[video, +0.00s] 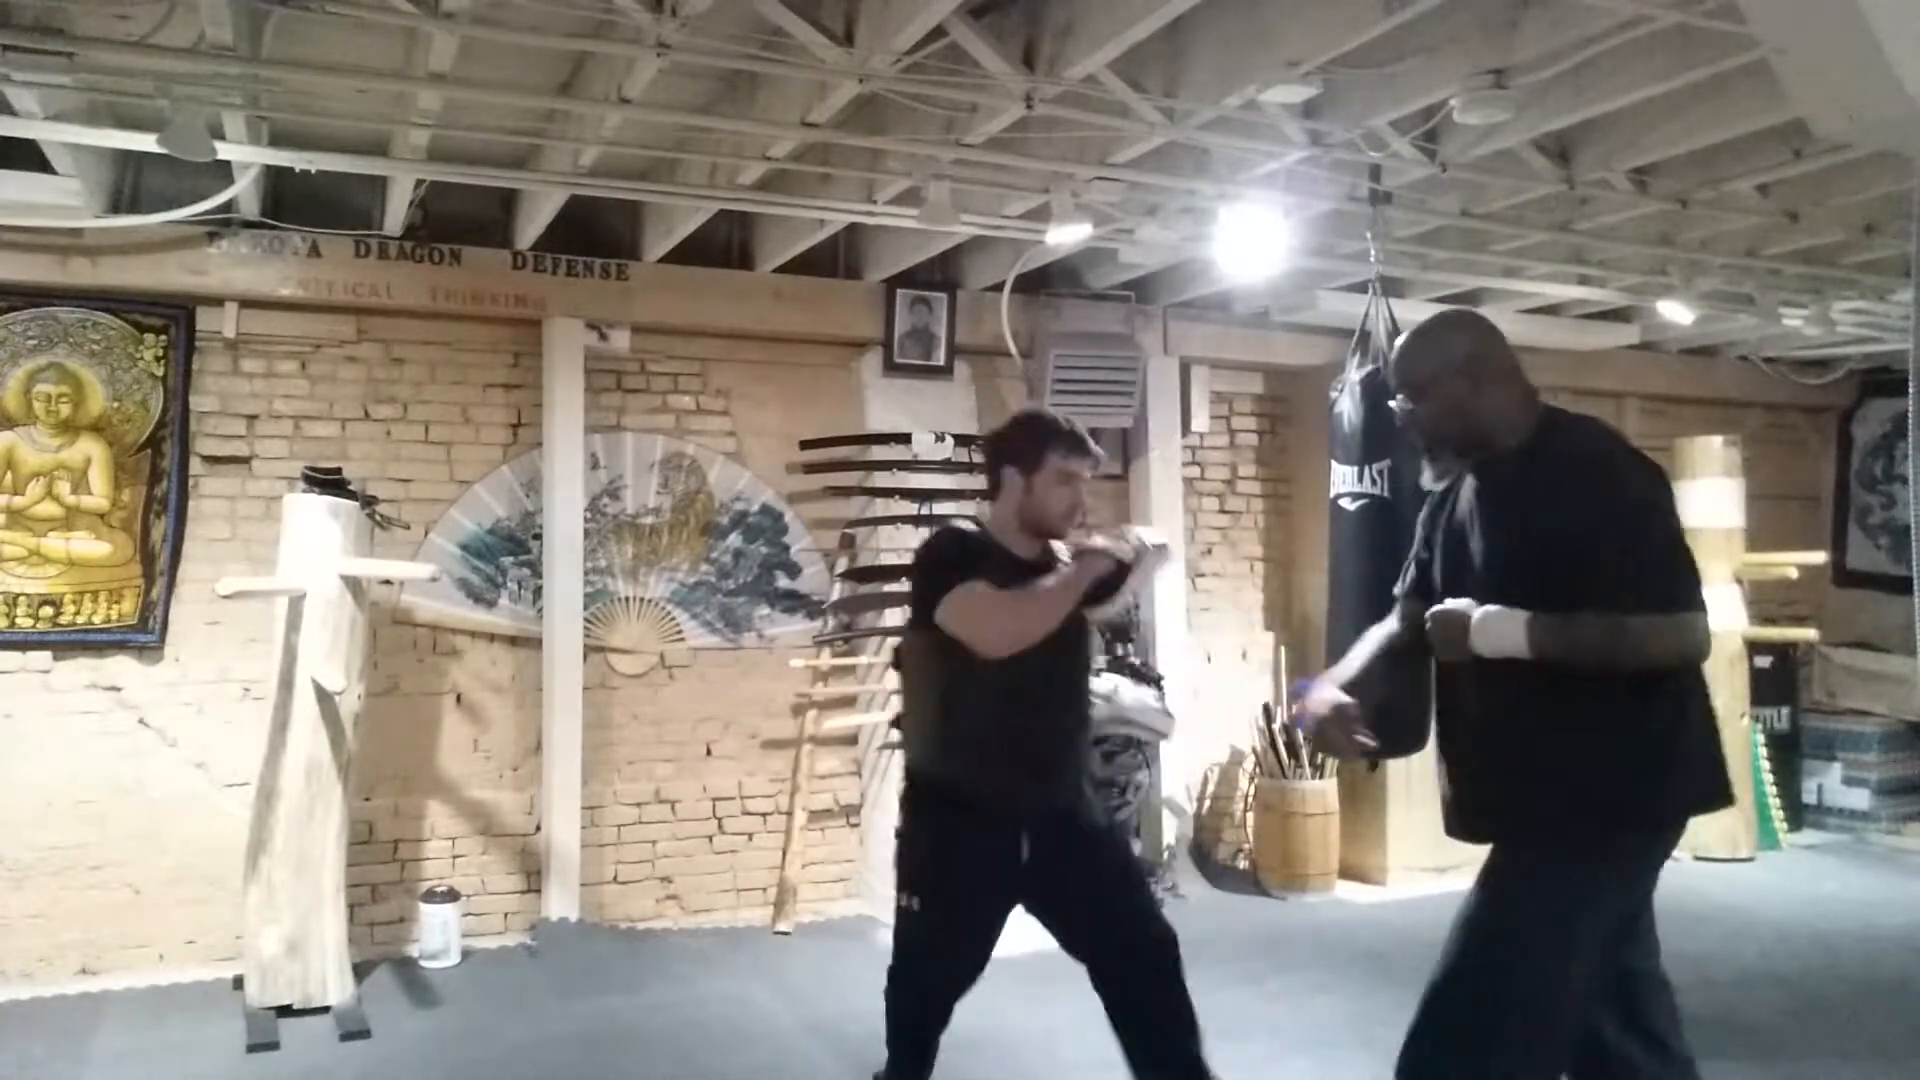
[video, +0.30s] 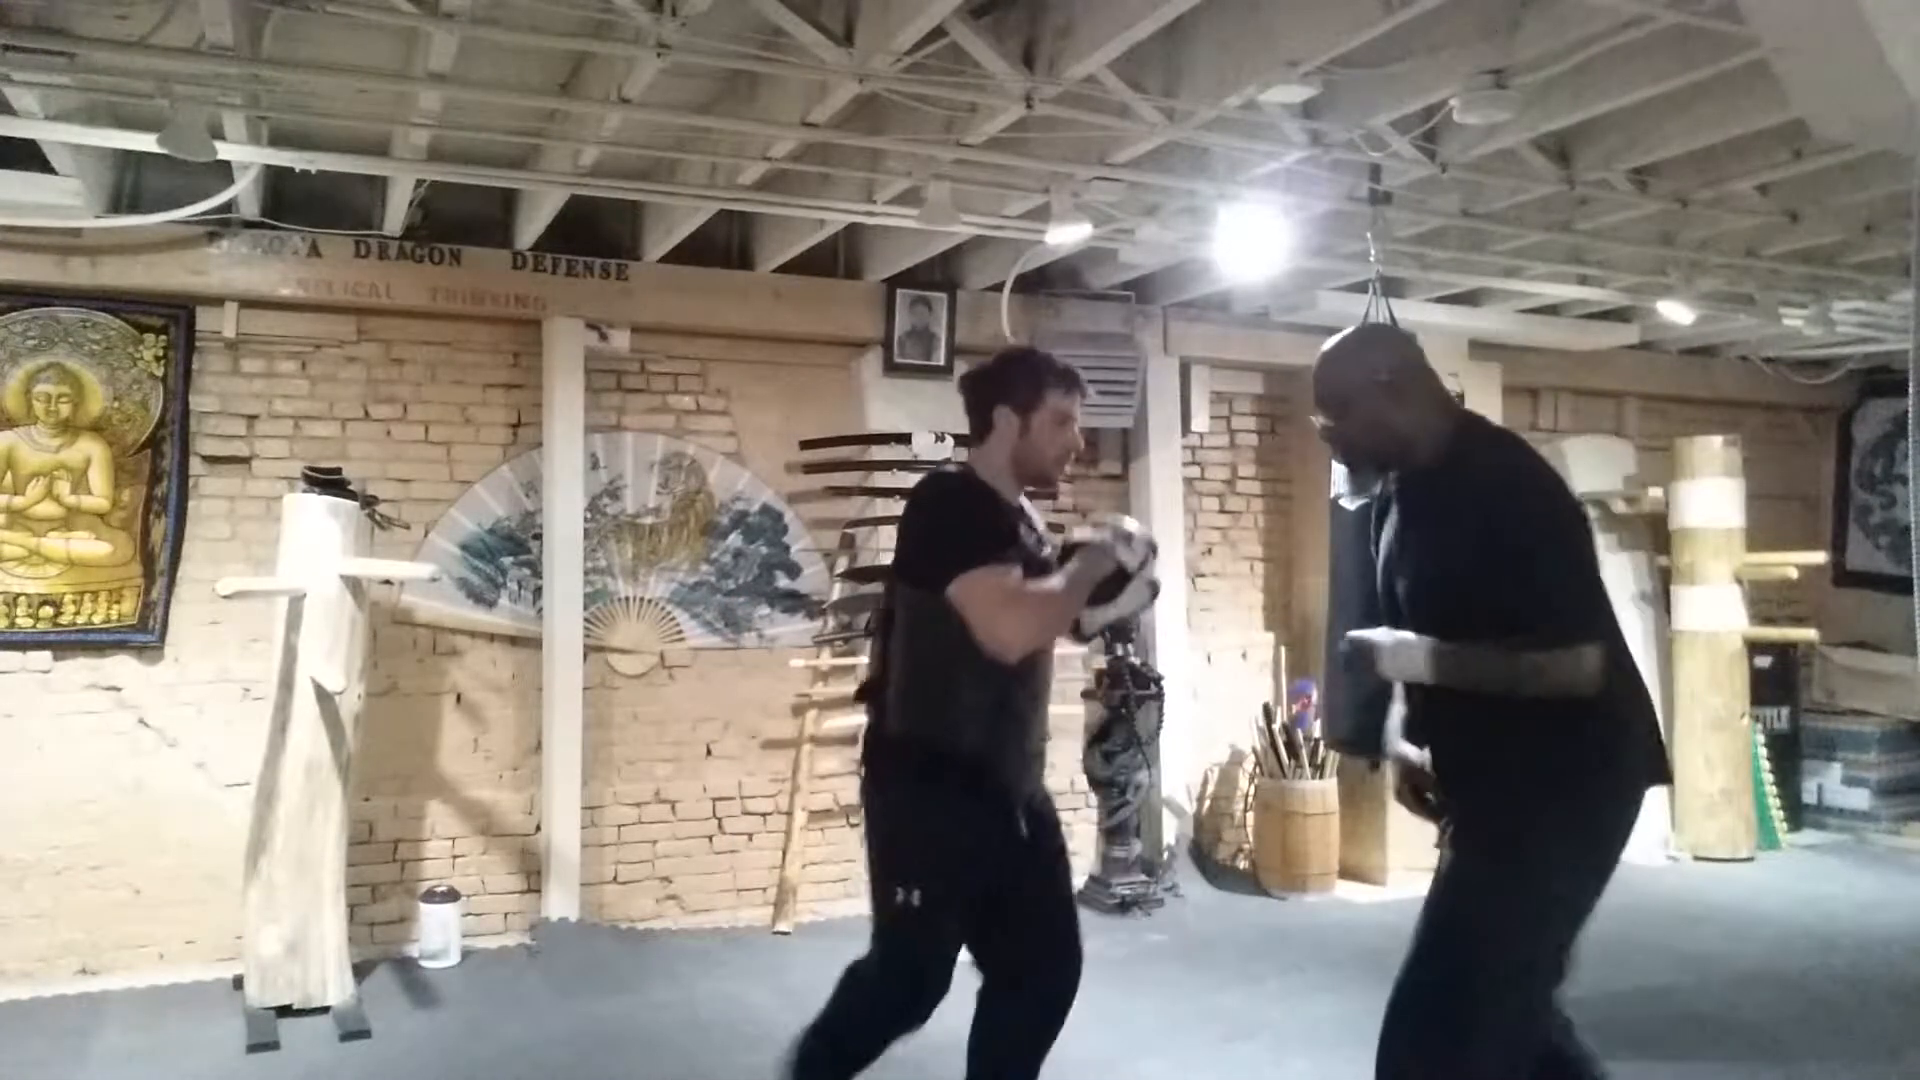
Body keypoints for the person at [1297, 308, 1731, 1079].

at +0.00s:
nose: (1403, 421)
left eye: (1413, 397)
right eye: (1399, 402)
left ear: (1475, 380)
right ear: (1466, 388)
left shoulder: (1606, 472)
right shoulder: (1457, 495)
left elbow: (1681, 634)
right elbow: (1409, 612)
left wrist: (1497, 630)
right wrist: (1336, 684)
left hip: (1613, 807)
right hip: (1537, 806)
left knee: (1459, 1051)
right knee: (1624, 1036)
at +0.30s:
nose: (1326, 435)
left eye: (1333, 414)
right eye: (1320, 418)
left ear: (1391, 389)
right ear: (1391, 392)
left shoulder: (1508, 480)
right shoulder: (1406, 495)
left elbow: (1580, 663)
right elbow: (1428, 645)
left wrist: (1415, 659)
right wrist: (1404, 746)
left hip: (1571, 781)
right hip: (1493, 780)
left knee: (1432, 1034)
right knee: (1509, 1018)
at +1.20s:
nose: (1289, 433)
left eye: (1305, 411)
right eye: (1287, 413)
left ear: (1372, 407)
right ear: (1370, 411)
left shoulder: (1454, 509)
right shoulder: (1366, 503)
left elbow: (1473, 713)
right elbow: (1378, 653)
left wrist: (1337, 673)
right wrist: (1345, 705)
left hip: (1488, 804)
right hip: (1430, 794)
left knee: (1369, 1038)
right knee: (1508, 1021)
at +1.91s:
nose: (1350, 405)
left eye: (1361, 385)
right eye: (1348, 388)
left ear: (1428, 375)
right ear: (1423, 380)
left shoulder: (1526, 486)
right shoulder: (1417, 490)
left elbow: (1572, 657)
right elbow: (1432, 637)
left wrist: (1392, 636)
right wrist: (1359, 677)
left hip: (1497, 798)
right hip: (1440, 789)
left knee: (1389, 1028)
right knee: (1514, 1017)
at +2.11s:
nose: (1360, 407)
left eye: (1370, 386)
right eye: (1357, 390)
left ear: (1439, 376)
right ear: (1437, 380)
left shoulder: (1513, 476)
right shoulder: (1446, 476)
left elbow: (1570, 646)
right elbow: (1452, 606)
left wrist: (1419, 649)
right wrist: (1379, 614)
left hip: (1500, 793)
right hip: (1464, 783)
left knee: (1390, 1021)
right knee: (1516, 1013)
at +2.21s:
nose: (1356, 409)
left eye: (1365, 389)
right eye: (1353, 392)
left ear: (1432, 378)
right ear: (1433, 381)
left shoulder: (1505, 476)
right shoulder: (1455, 475)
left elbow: (1530, 652)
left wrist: (1393, 623)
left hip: (1493, 798)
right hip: (1478, 788)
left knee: (1381, 1026)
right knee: (1521, 1016)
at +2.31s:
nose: (1342, 401)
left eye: (1357, 383)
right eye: (1342, 385)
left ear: (1426, 378)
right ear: (1427, 382)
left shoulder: (1493, 475)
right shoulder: (1448, 475)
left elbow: (1491, 657)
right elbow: (1459, 630)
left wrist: (1342, 583)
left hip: (1491, 800)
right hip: (1478, 790)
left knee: (1388, 1039)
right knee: (1526, 1026)